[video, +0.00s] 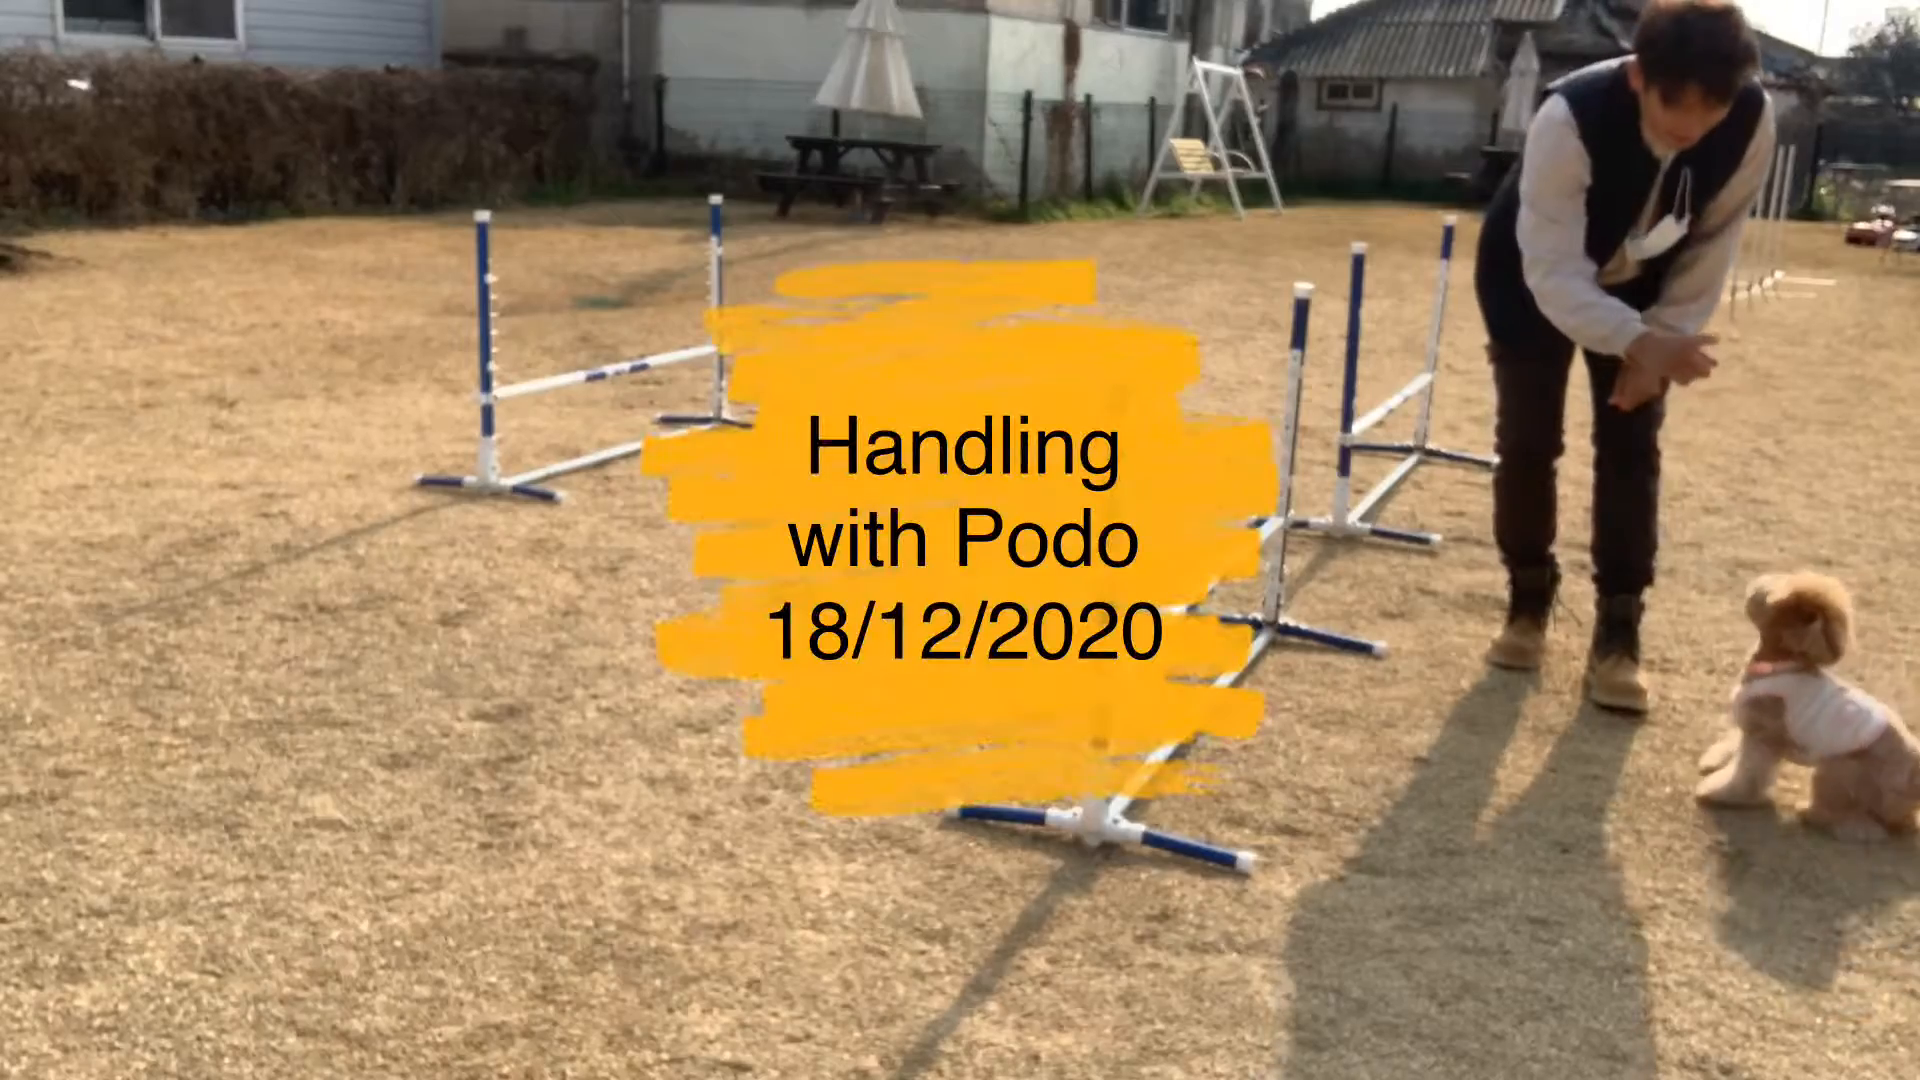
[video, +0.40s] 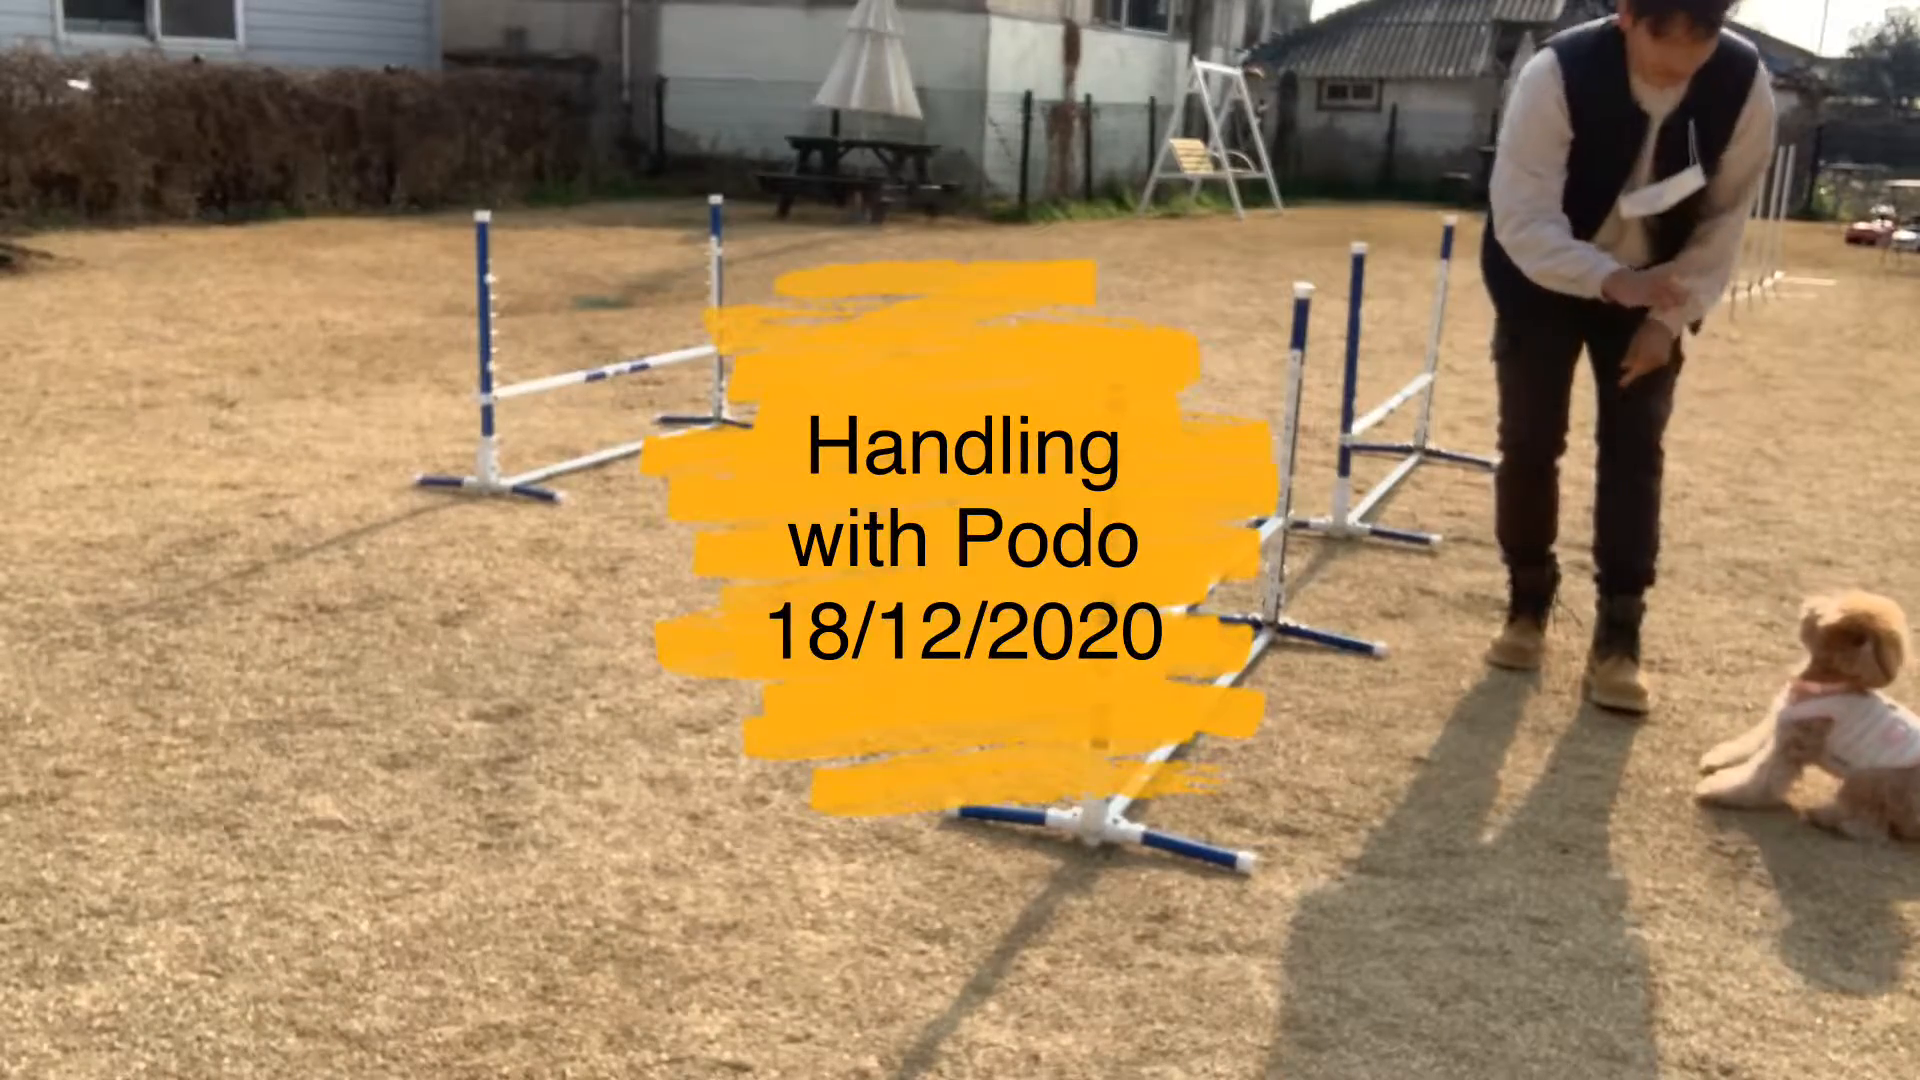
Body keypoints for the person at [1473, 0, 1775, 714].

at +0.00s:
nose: (1687, 136)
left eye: (1708, 122)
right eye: (1674, 118)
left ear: (1732, 97)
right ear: (1639, 79)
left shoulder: (1750, 122)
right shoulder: (1568, 119)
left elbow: (1714, 246)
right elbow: (1550, 270)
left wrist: (1659, 349)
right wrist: (1641, 340)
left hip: (1640, 288)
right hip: (1536, 278)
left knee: (1630, 450)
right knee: (1527, 443)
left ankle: (1618, 639)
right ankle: (1525, 608)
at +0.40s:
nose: (1675, 72)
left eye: (1695, 57)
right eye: (1662, 53)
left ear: (1716, 31)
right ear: (1625, 17)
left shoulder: (1743, 85)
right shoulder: (1554, 77)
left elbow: (1726, 217)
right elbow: (1522, 223)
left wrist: (1671, 319)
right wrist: (1612, 278)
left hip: (1651, 287)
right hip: (1542, 276)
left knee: (1635, 453)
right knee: (1529, 445)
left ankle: (1619, 641)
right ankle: (1525, 609)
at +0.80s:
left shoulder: (1711, 15)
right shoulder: (1524, 10)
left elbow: (1724, 130)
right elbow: (1485, 137)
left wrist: (1677, 217)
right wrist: (1571, 191)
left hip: (1642, 262)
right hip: (1534, 254)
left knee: (1629, 438)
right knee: (1523, 434)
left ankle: (1604, 620)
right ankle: (1527, 602)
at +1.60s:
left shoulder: (1685, 12)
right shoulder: (1505, 6)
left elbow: (1713, 130)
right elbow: (1454, 111)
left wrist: (1669, 239)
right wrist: (1474, 194)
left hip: (1605, 253)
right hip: (1502, 241)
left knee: (1592, 431)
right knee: (1468, 406)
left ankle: (1576, 600)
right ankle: (1490, 565)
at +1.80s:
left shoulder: (1598, 12)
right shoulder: (1448, 9)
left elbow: (1636, 135)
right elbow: (1418, 113)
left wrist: (1641, 260)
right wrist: (1411, 195)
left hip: (1556, 258)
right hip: (1465, 249)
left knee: (1568, 429)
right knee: (1407, 384)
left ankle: (1575, 602)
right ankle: (1410, 554)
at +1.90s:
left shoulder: (1526, 15)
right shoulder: (1405, 13)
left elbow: (1563, 133)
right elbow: (1389, 114)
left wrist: (1572, 251)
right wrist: (1372, 199)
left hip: (1511, 257)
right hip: (1432, 253)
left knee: (1540, 426)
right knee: (1380, 392)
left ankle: (1574, 597)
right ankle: (1387, 556)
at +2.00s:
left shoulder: (1459, 14)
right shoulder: (1371, 17)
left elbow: (1483, 129)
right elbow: (1365, 126)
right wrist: (1329, 201)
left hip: (1451, 236)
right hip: (1388, 239)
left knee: (1444, 403)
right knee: (1355, 390)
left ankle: (1535, 576)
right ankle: (1384, 555)